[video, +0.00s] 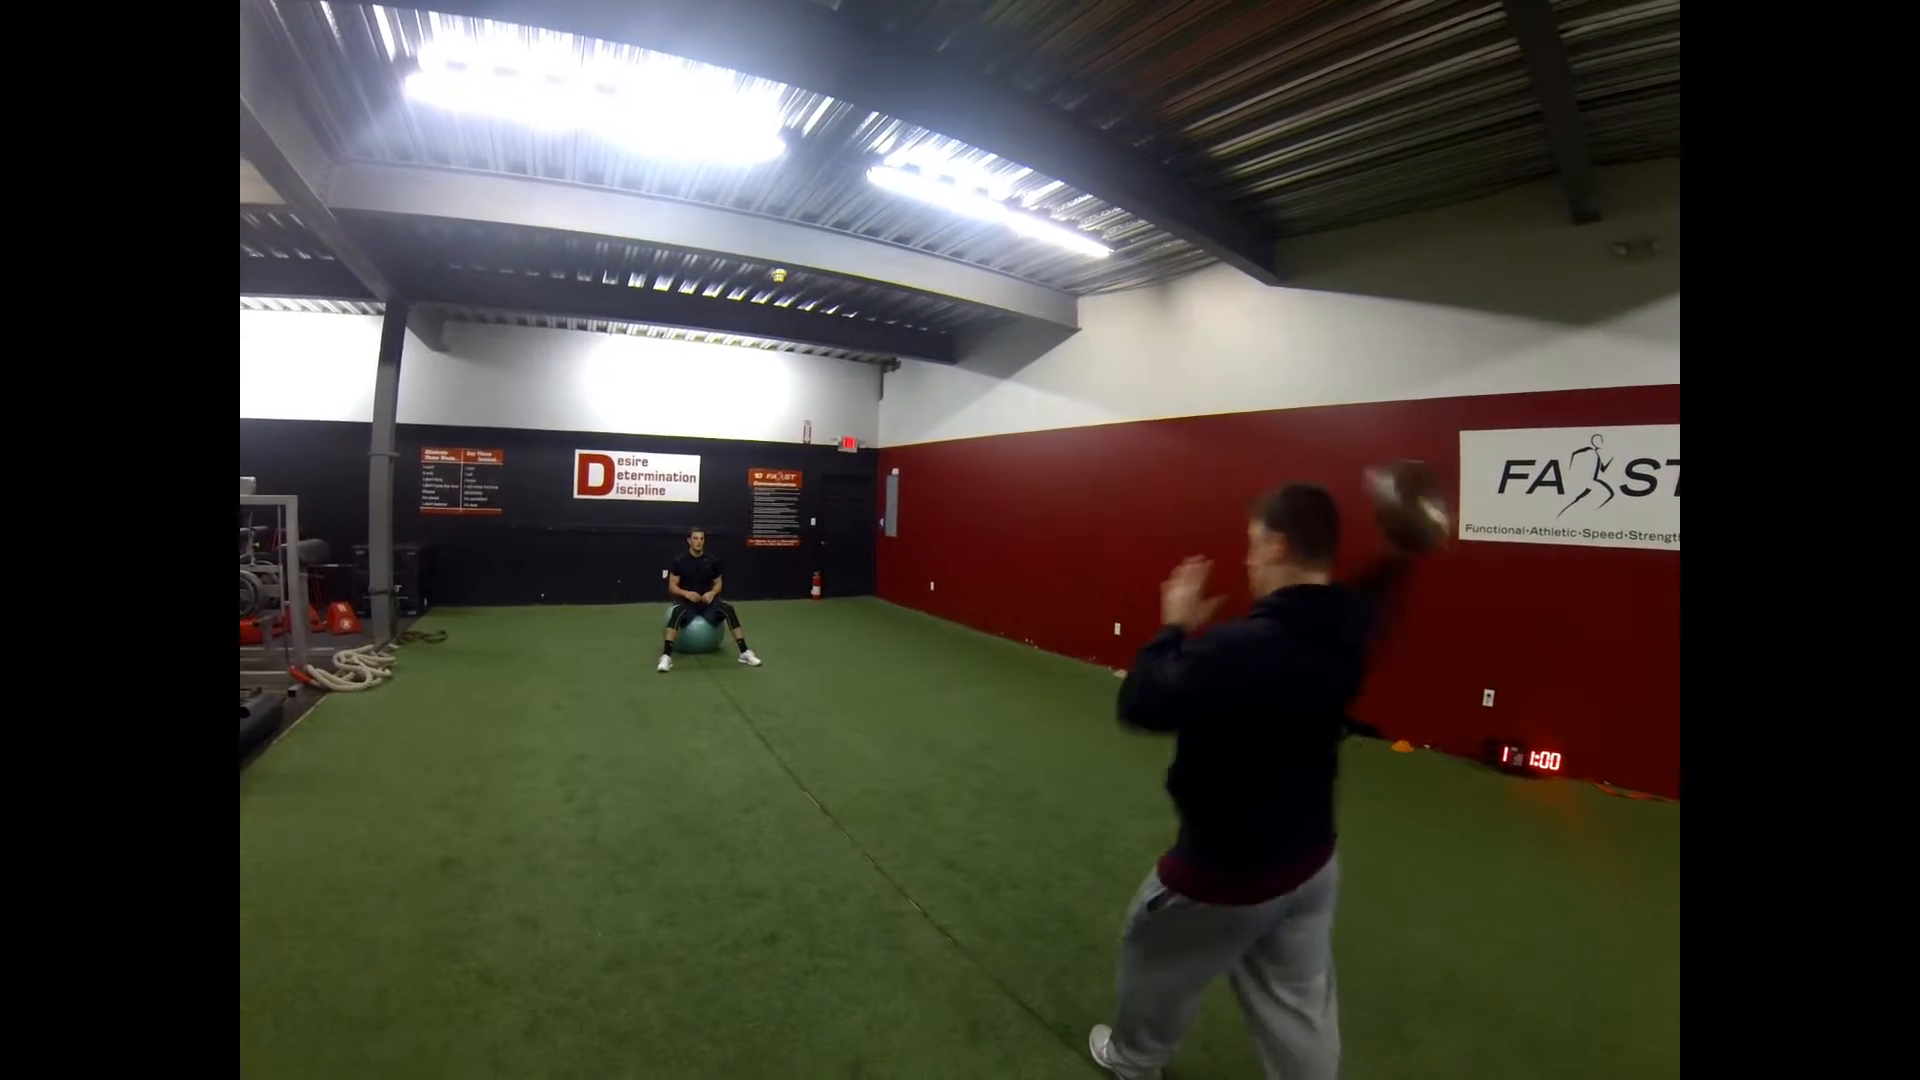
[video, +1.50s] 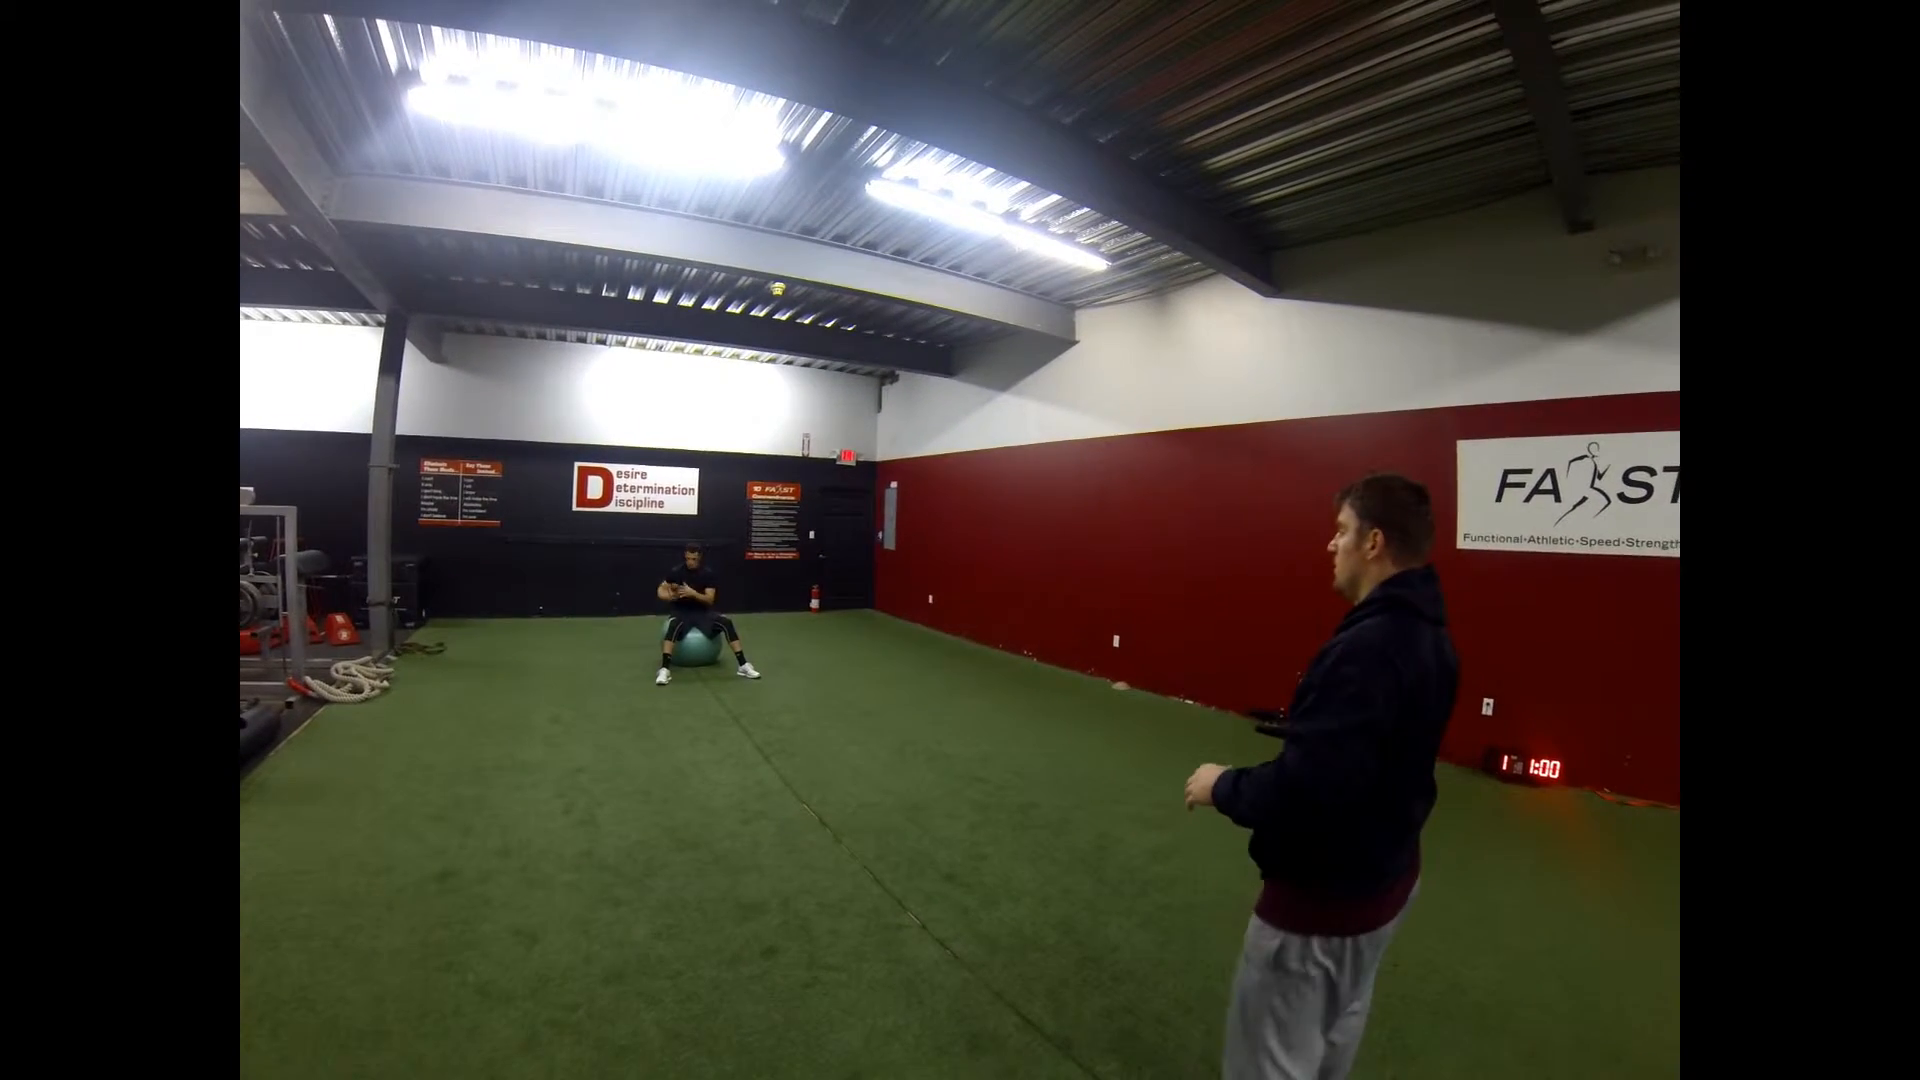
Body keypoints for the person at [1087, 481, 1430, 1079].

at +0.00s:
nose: (1248, 556)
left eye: (1253, 543)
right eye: (1250, 543)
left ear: (1276, 546)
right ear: (1328, 549)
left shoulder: (1238, 645)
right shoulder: (1344, 623)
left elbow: (1141, 704)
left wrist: (1174, 628)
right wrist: (1402, 550)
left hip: (1221, 871)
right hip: (1307, 859)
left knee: (1155, 957)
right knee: (1299, 1006)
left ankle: (1136, 1056)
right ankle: (1314, 1073)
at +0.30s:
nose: (1187, 555)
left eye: (1188, 540)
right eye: (1187, 540)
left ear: (1211, 540)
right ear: (1262, 538)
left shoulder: (1222, 644)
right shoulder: (1283, 613)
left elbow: (1151, 762)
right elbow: (1215, 648)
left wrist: (1086, 710)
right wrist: (1144, 644)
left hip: (1211, 866)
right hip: (1285, 841)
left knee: (1157, 961)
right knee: (1278, 966)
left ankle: (1139, 1058)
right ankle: (1324, 1071)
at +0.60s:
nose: (1200, 556)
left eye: (1203, 541)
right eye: (1200, 542)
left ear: (1227, 542)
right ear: (1270, 538)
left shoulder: (1242, 642)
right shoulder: (1296, 614)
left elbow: (1204, 783)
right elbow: (1262, 708)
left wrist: (1120, 803)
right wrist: (1188, 714)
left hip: (1222, 862)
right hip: (1291, 841)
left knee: (1166, 962)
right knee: (1278, 967)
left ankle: (1141, 1059)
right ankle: (1294, 1069)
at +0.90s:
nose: (1272, 566)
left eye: (1277, 550)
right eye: (1272, 550)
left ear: (1306, 549)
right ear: (1326, 548)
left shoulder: (1319, 645)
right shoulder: (1373, 626)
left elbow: (1266, 777)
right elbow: (1337, 738)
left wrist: (1179, 796)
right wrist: (1261, 740)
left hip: (1282, 871)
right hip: (1350, 855)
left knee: (1210, 975)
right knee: (1318, 984)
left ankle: (1149, 1061)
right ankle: (1304, 1074)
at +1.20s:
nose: (1312, 554)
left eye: (1319, 538)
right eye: (1313, 539)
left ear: (1352, 543)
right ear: (1375, 544)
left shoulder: (1359, 640)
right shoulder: (1409, 627)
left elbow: (1318, 779)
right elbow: (1388, 761)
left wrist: (1229, 791)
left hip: (1317, 881)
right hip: (1382, 867)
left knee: (1224, 1003)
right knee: (1335, 1009)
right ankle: (1311, 1074)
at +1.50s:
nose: (1331, 548)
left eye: (1340, 532)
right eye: (1334, 533)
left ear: (1374, 542)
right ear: (1388, 543)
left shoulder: (1366, 648)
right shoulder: (1425, 634)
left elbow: (1309, 784)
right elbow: (1392, 767)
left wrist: (1225, 786)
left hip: (1317, 898)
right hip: (1381, 884)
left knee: (1269, 1058)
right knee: (1333, 1039)